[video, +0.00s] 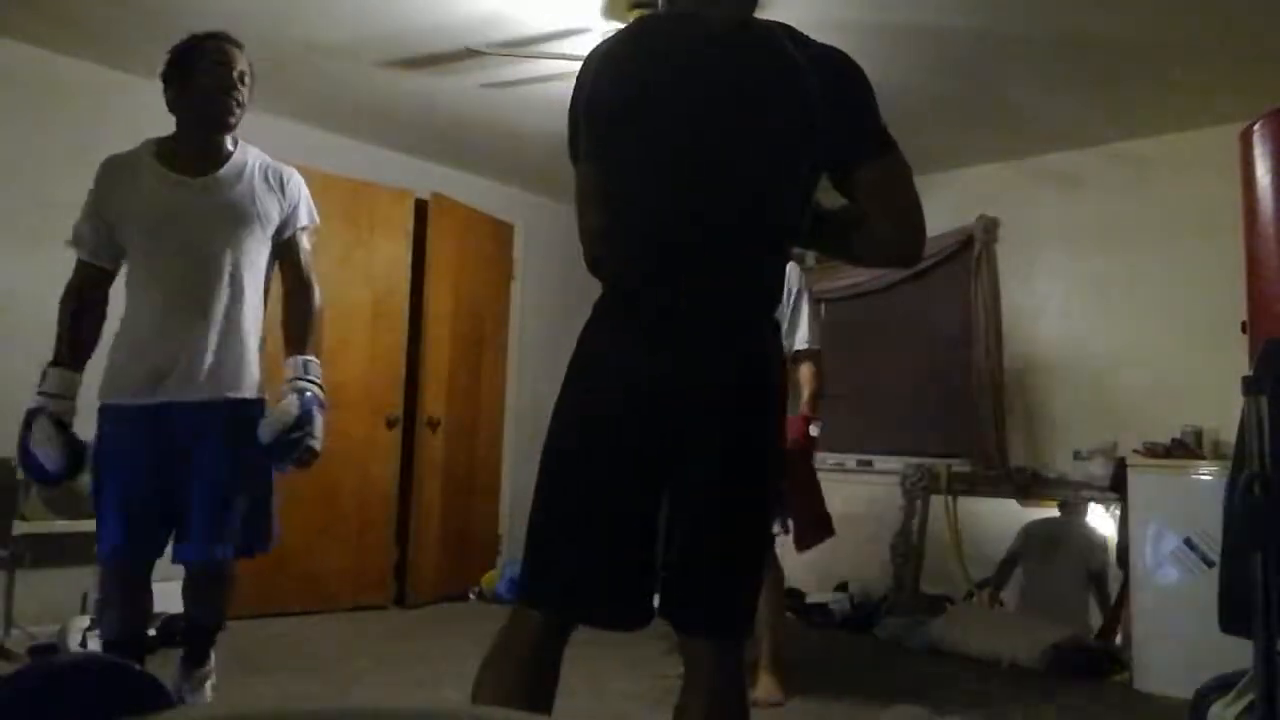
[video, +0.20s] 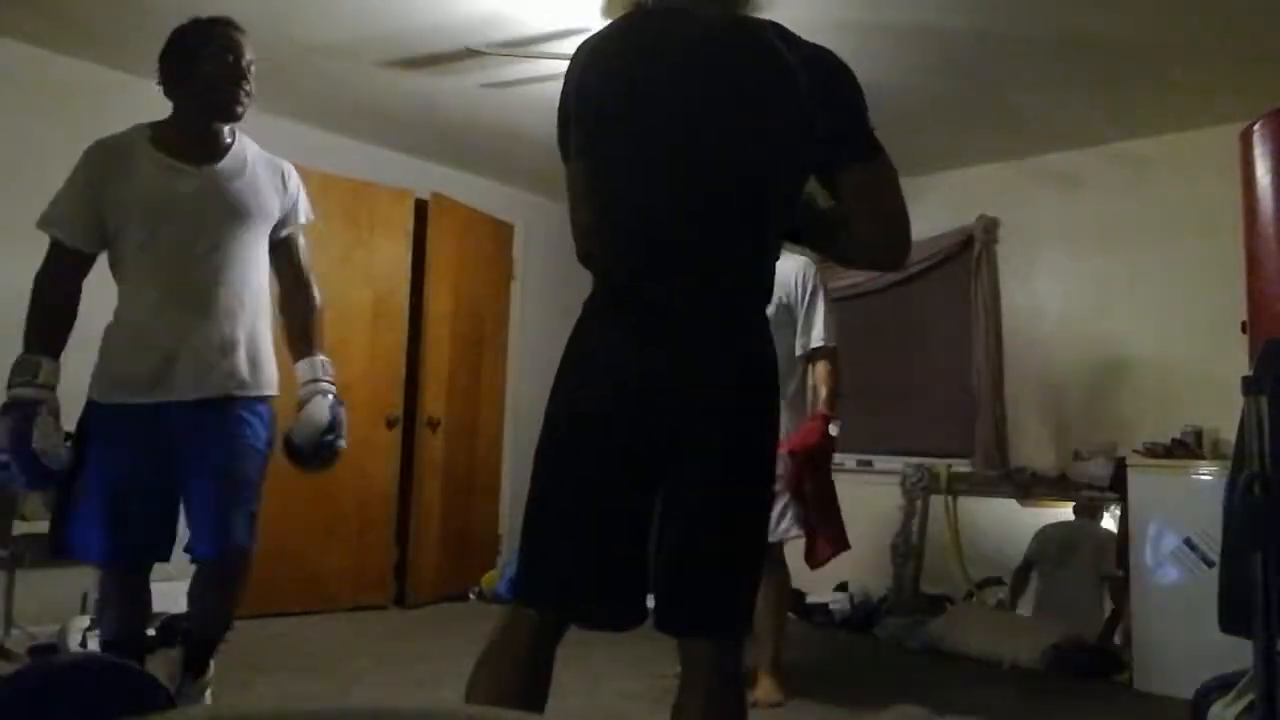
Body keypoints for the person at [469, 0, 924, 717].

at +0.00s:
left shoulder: (608, 64)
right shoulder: (818, 72)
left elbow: (602, 251)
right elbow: (899, 238)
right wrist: (790, 214)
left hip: (617, 355)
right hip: (736, 361)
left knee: (542, 609)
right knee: (715, 643)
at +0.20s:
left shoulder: (596, 59)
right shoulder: (807, 69)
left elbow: (591, 241)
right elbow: (883, 242)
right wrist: (783, 204)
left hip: (609, 353)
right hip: (729, 361)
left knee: (536, 610)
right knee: (712, 645)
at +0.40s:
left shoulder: (560, 46)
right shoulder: (773, 66)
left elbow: (571, 231)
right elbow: (851, 232)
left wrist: (724, 278)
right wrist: (741, 194)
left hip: (578, 360)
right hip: (702, 364)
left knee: (518, 630)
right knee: (698, 649)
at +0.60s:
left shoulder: (517, 37)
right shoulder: (727, 50)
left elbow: (545, 207)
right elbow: (814, 206)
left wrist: (721, 248)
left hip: (543, 354)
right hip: (666, 361)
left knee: (490, 636)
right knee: (679, 647)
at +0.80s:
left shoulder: (467, 35)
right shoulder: (674, 28)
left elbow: (516, 191)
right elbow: (774, 189)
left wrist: (662, 241)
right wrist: (675, 196)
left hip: (507, 354)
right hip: (634, 359)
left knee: (465, 644)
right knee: (661, 650)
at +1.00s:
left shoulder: (431, 38)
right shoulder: (643, 25)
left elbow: (474, 193)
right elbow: (752, 182)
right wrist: (648, 167)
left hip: (475, 353)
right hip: (604, 359)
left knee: (444, 647)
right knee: (646, 651)